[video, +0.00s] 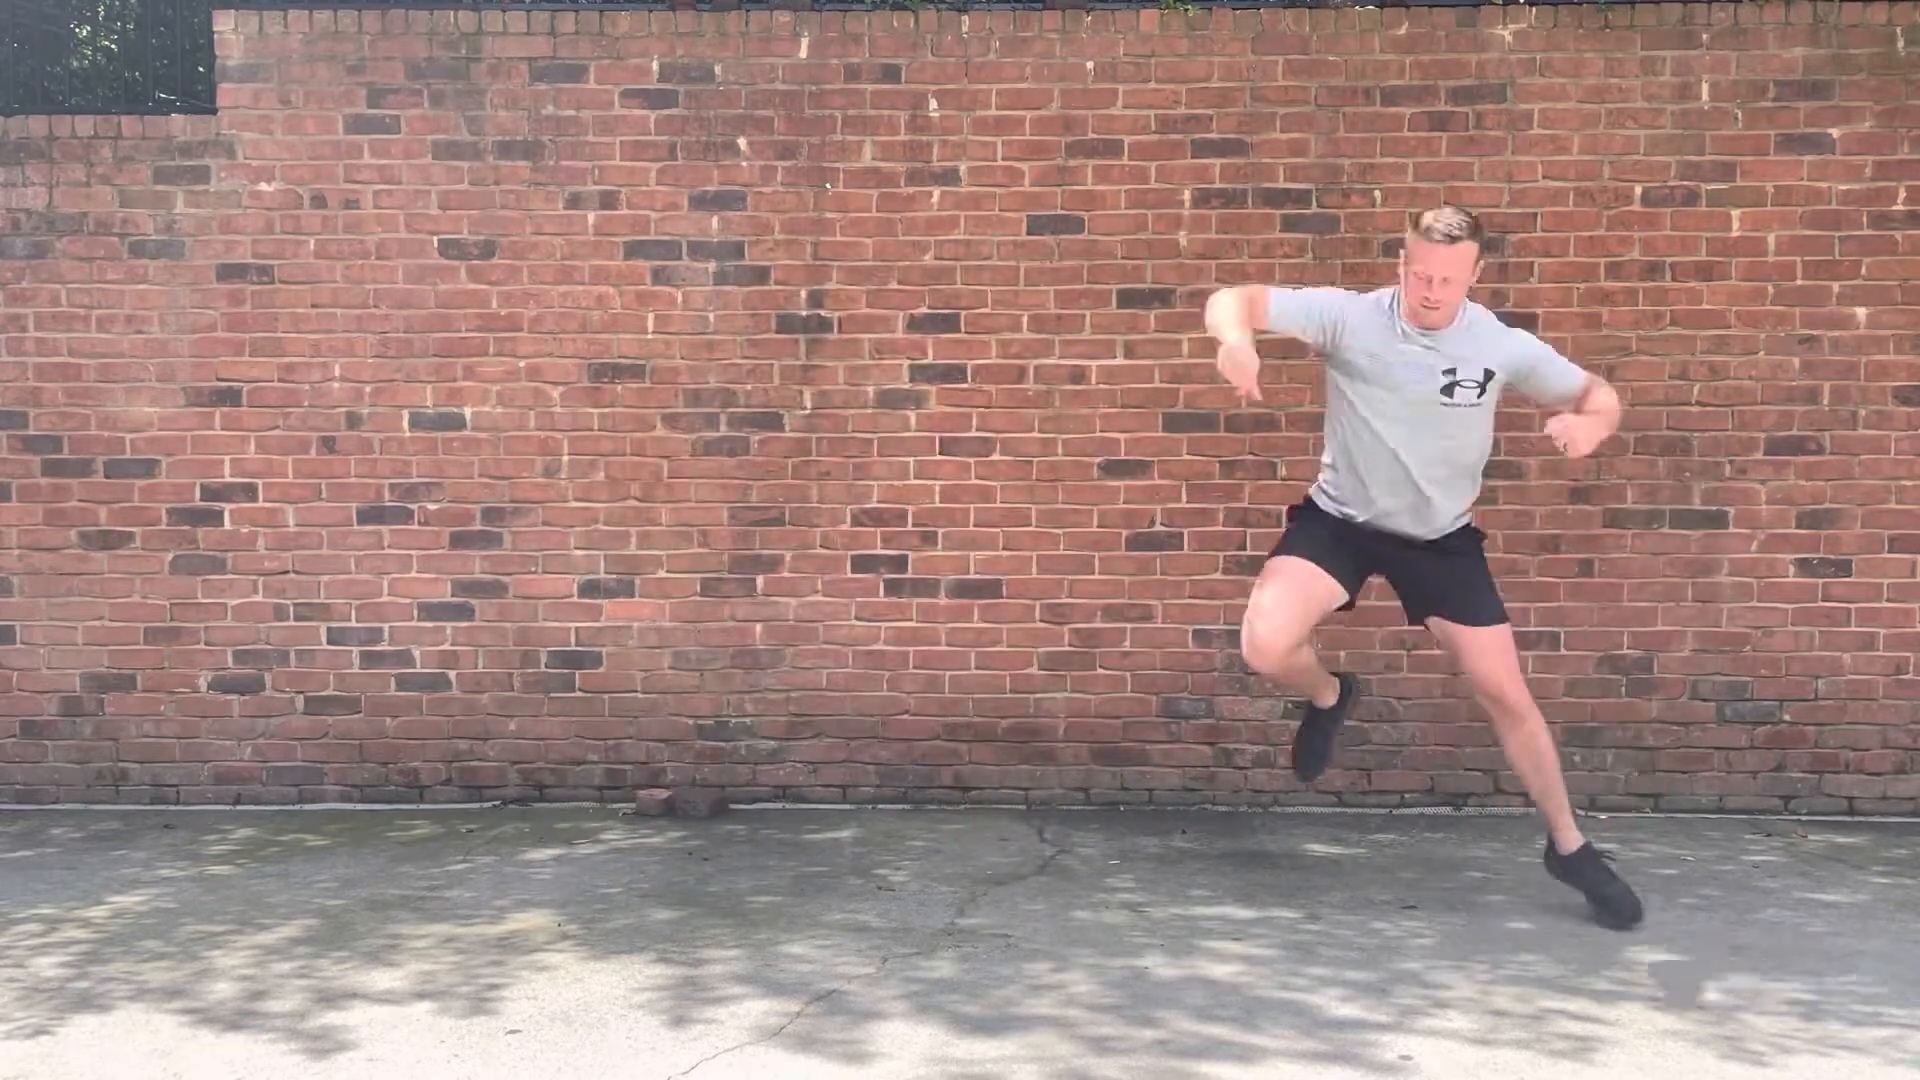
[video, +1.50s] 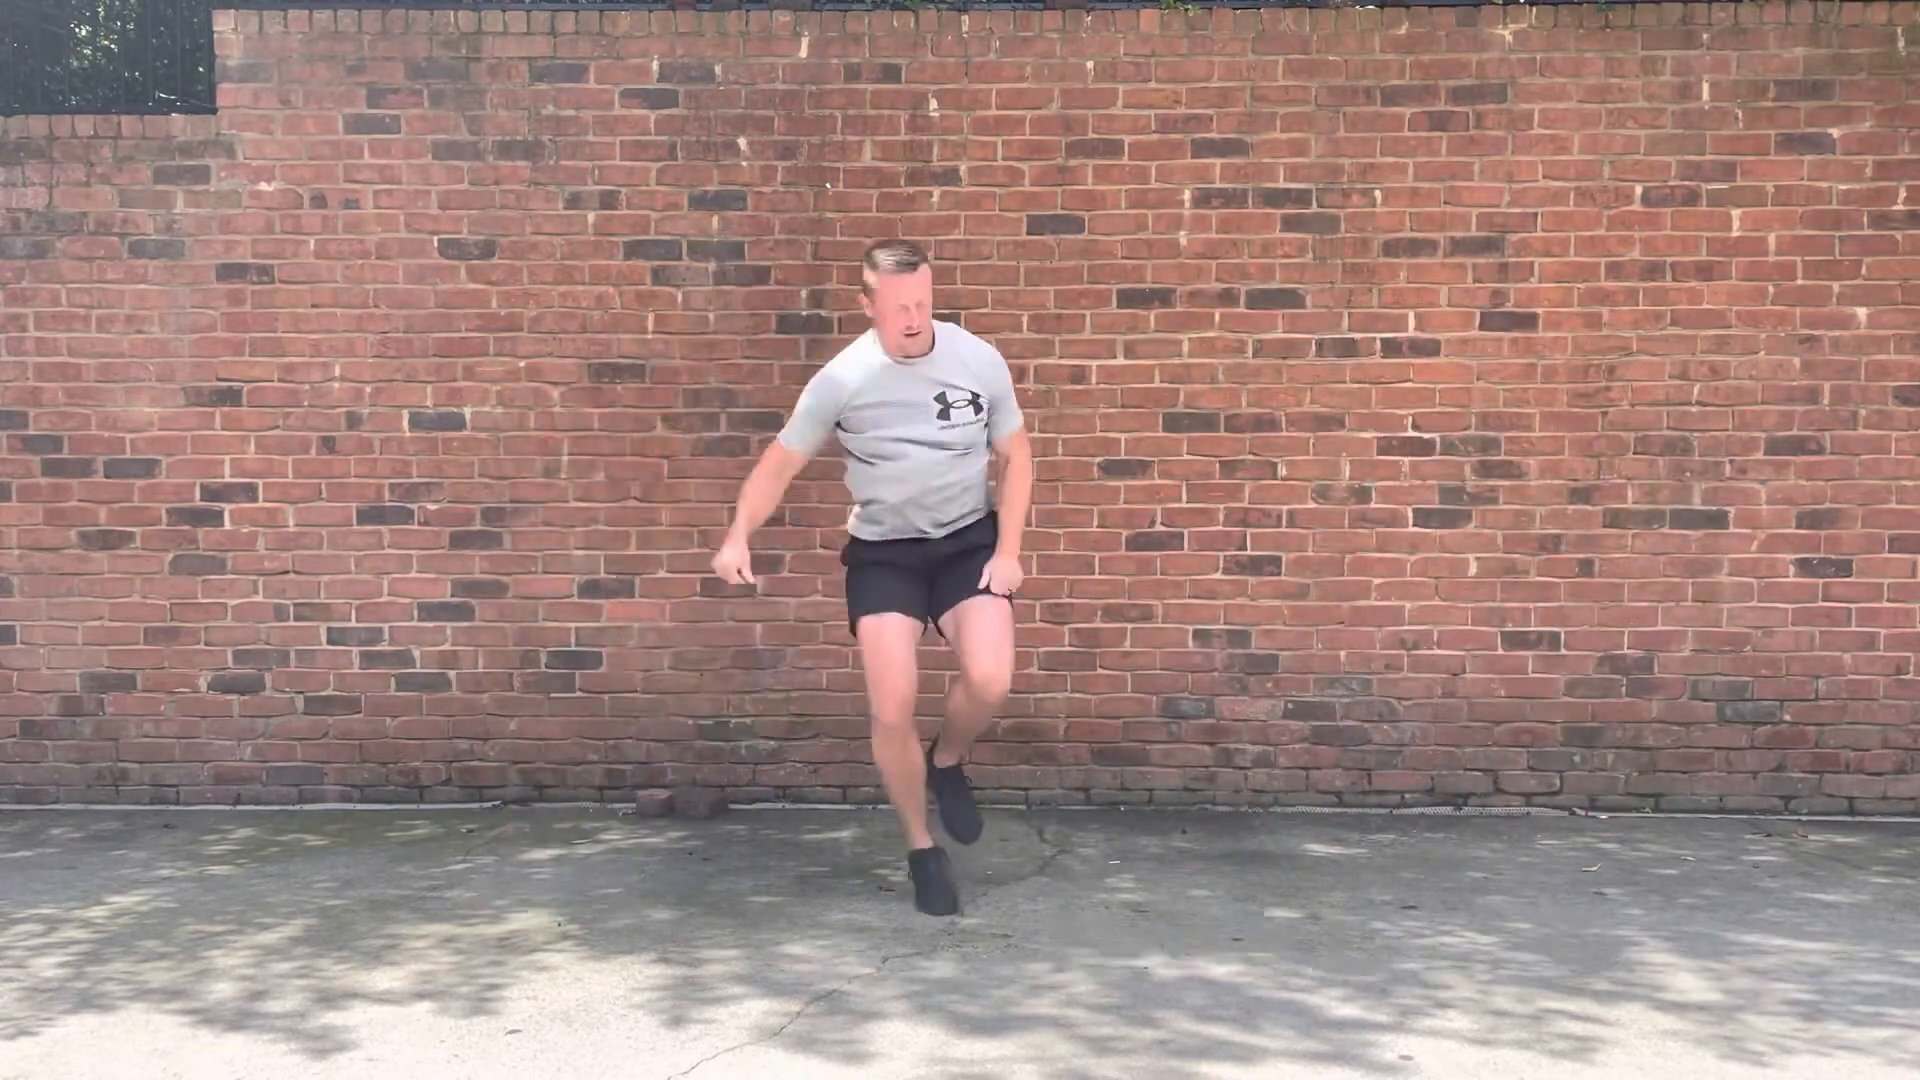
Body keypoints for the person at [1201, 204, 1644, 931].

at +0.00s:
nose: (1431, 293)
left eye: (1448, 281)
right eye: (1421, 276)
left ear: (1473, 277)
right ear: (1402, 263)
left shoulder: (1497, 343)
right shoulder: (1349, 315)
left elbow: (1598, 394)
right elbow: (1229, 301)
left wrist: (1591, 424)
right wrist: (1233, 341)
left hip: (1441, 538)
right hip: (1338, 520)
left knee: (1505, 691)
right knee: (1265, 646)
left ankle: (1569, 845)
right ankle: (1328, 694)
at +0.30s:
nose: (1220, 328)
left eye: (1236, 315)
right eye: (1210, 311)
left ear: (1266, 313)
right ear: (1194, 302)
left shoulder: (1284, 402)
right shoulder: (1141, 362)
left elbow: (1334, 486)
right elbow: (1076, 422)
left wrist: (1339, 525)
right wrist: (1072, 502)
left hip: (1218, 572)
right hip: (1125, 560)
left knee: (1213, 730)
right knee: (1074, 704)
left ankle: (1221, 879)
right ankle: (1152, 761)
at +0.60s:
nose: (909, 268)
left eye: (925, 255)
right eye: (899, 253)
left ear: (955, 249)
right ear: (886, 246)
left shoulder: (993, 322)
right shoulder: (852, 296)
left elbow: (1088, 385)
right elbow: (765, 310)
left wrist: (1077, 429)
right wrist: (666, 328)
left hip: (960, 515)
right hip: (859, 501)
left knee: (1033, 666)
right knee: (745, 620)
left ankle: (1092, 806)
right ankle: (720, 741)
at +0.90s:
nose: (597, 447)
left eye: (608, 431)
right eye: (586, 434)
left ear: (641, 412)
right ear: (575, 429)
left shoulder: (706, 461)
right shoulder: (580, 493)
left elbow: (789, 532)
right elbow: (547, 560)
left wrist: (724, 582)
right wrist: (492, 618)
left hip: (728, 637)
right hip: (638, 628)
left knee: (709, 800)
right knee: (544, 745)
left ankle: (680, 774)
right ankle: (521, 874)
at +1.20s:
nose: (676, 385)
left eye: (685, 369)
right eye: (660, 374)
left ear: (702, 356)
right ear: (636, 373)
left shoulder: (755, 389)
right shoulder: (612, 435)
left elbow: (857, 340)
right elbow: (515, 482)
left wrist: (821, 335)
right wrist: (524, 462)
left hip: (767, 592)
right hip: (669, 601)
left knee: (821, 717)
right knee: (581, 719)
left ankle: (756, 750)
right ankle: (521, 867)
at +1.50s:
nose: (912, 319)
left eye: (921, 304)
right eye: (897, 307)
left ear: (934, 296)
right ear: (868, 305)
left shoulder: (979, 362)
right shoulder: (841, 380)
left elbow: (1015, 455)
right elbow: (781, 460)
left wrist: (1008, 551)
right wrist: (737, 535)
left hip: (969, 542)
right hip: (883, 551)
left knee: (991, 683)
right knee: (893, 708)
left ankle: (947, 763)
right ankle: (922, 848)